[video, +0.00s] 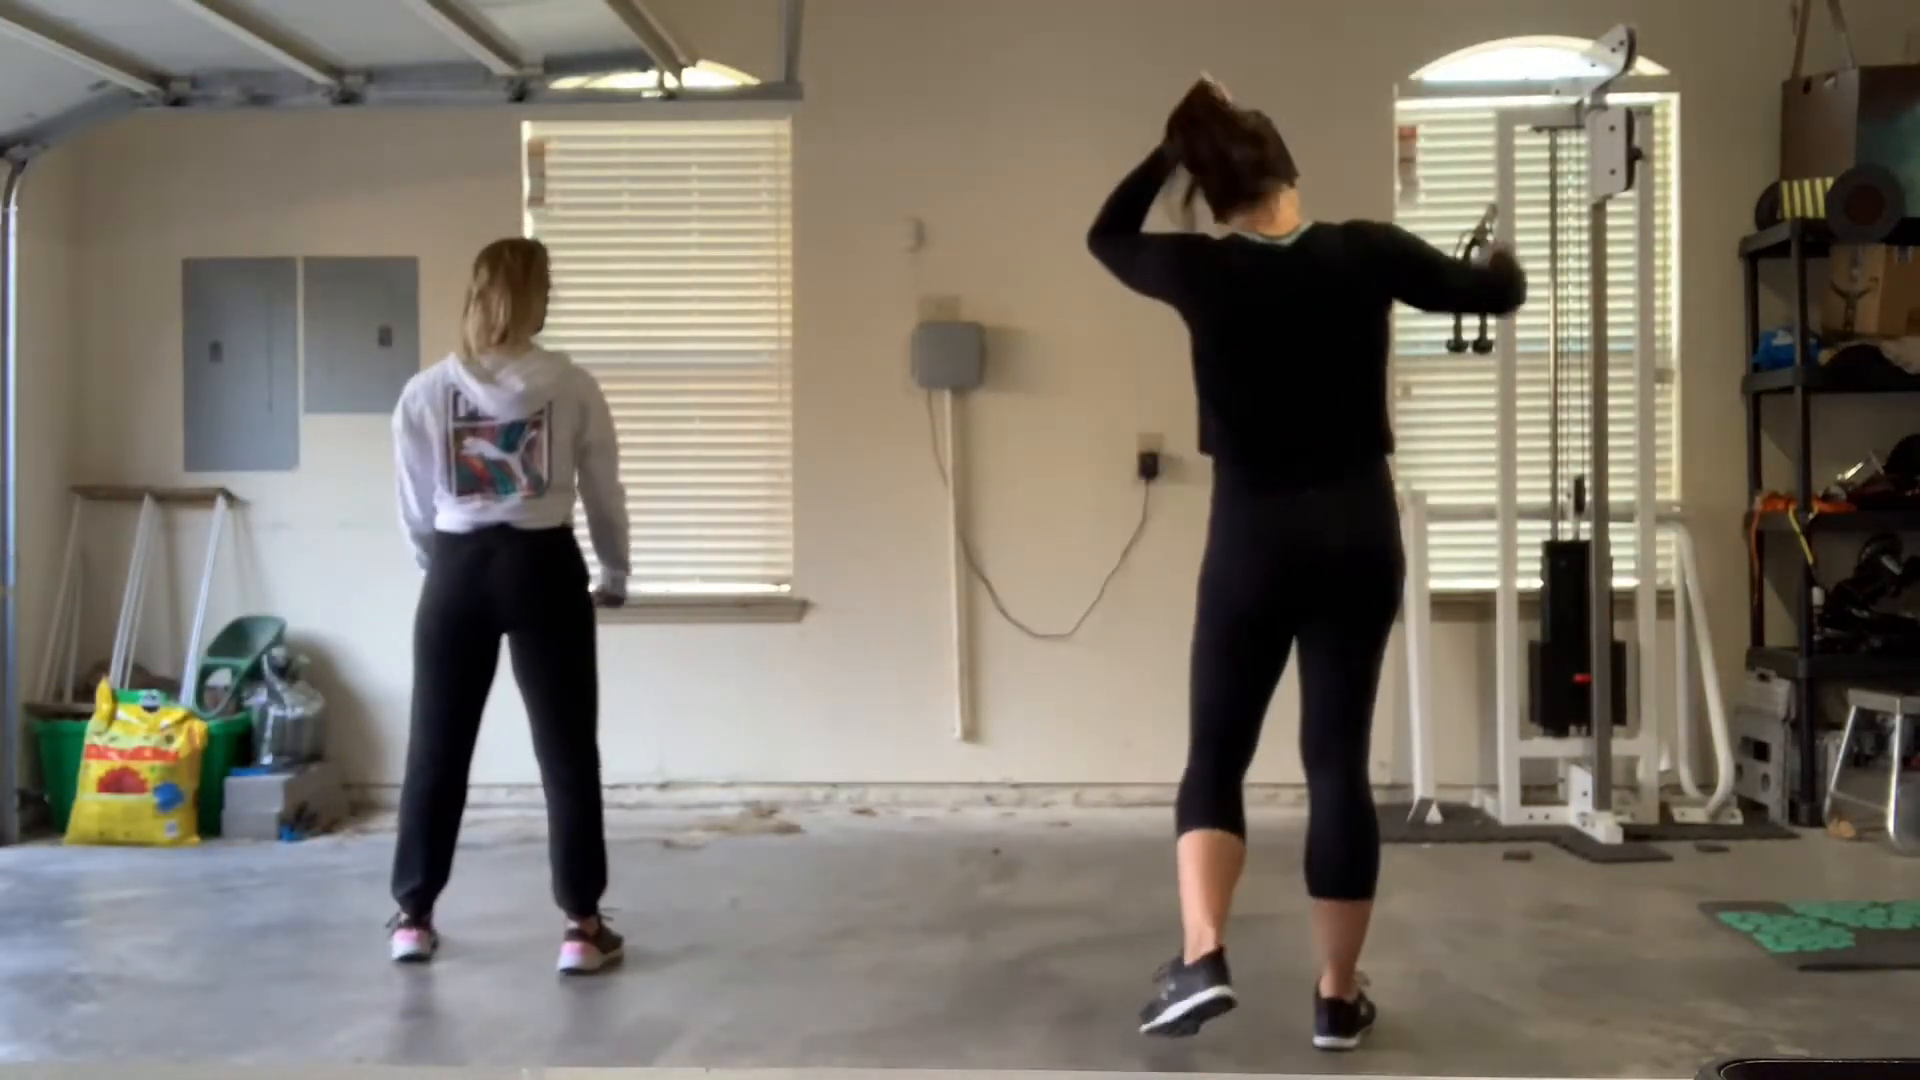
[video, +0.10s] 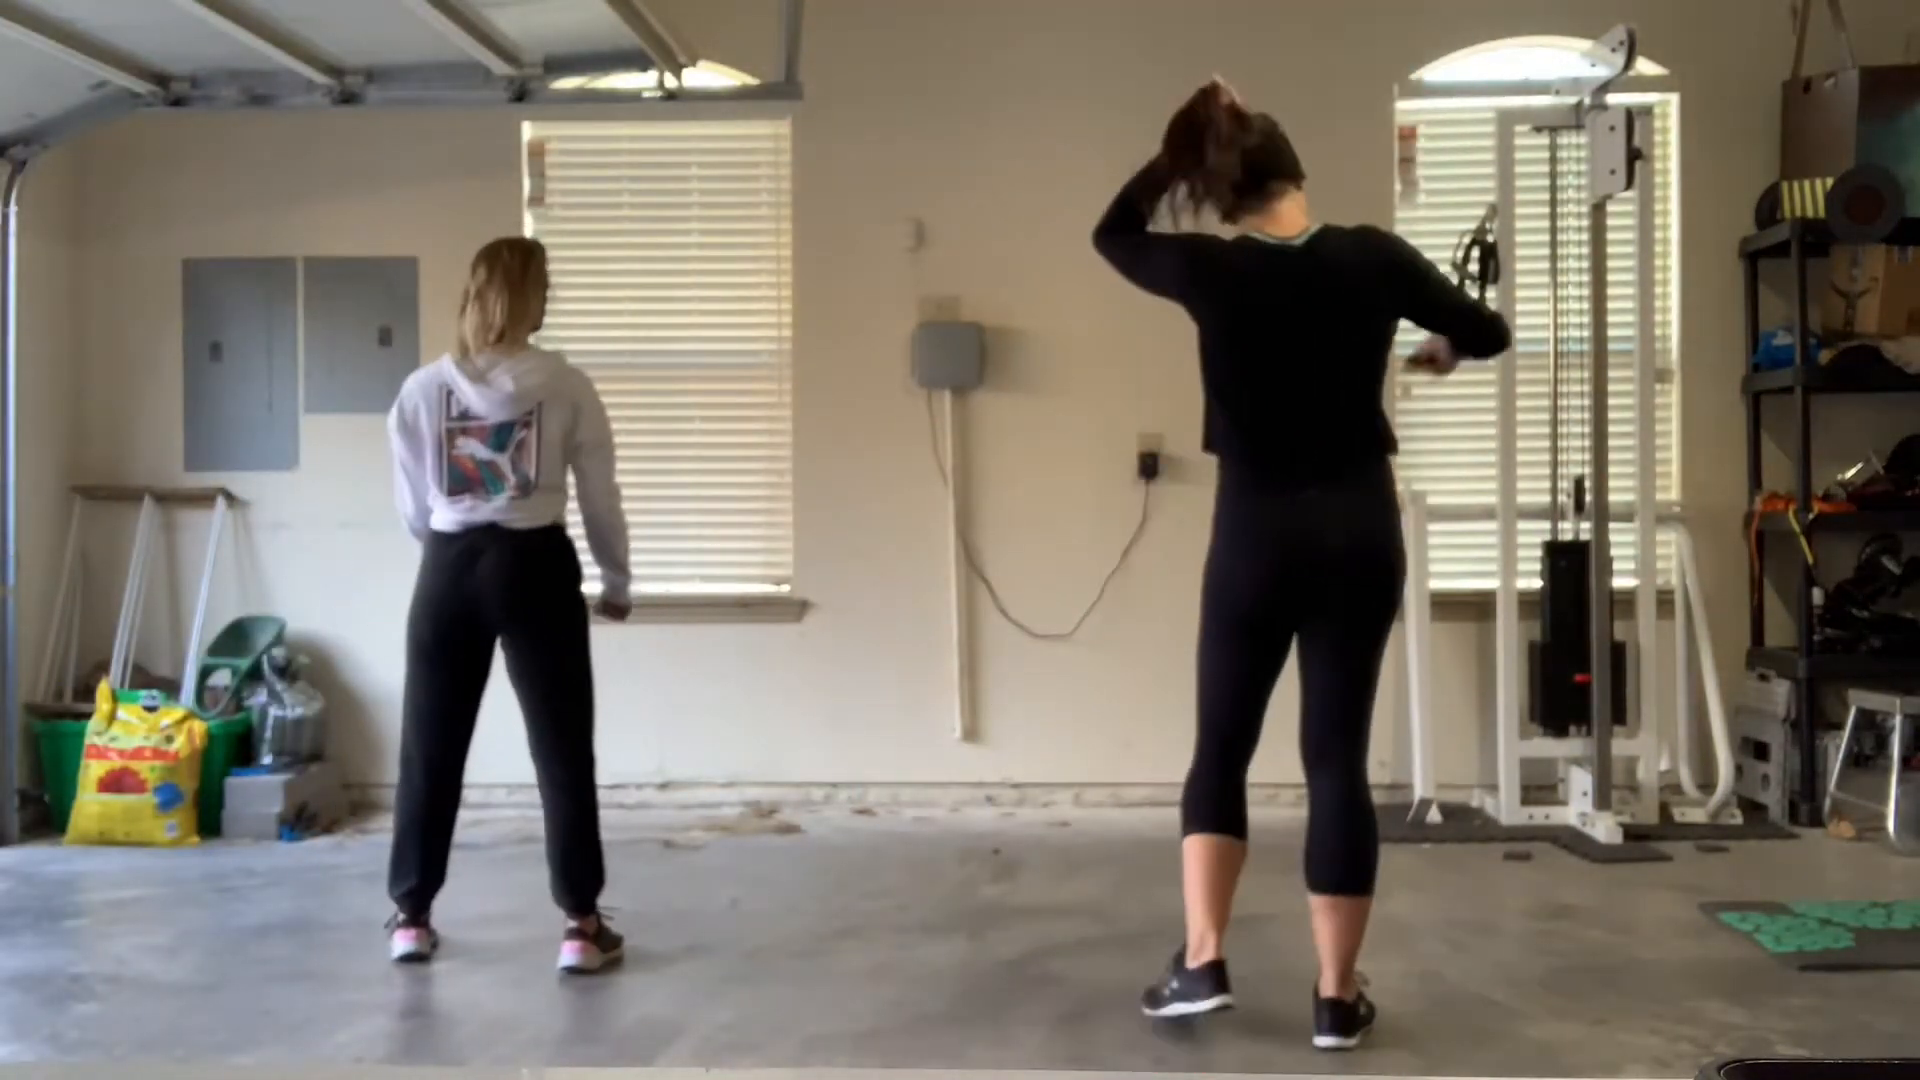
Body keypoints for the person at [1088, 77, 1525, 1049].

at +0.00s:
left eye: (1224, 191)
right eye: (1277, 178)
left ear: (1209, 195)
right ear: (1291, 175)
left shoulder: (1203, 271)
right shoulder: (1367, 251)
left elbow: (1111, 234)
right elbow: (1491, 290)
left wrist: (1167, 150)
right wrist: (1499, 264)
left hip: (1253, 548)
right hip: (1362, 543)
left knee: (1214, 759)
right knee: (1339, 766)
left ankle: (1202, 958)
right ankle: (1338, 994)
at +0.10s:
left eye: (1230, 198)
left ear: (1220, 197)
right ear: (1298, 176)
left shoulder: (1212, 271)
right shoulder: (1371, 255)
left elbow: (1115, 234)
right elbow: (1486, 333)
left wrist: (1174, 152)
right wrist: (1443, 352)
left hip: (1256, 544)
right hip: (1363, 540)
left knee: (1220, 753)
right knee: (1338, 761)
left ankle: (1202, 965)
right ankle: (1337, 995)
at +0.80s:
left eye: (1151, 216)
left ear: (1144, 218)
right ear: (1220, 210)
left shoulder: (1126, 290)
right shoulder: (1267, 290)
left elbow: (1060, 236)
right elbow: (1364, 374)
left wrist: (1123, 171)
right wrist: (1293, 367)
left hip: (1145, 537)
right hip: (1242, 535)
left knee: (1165, 732)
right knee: (1279, 729)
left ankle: (1159, 937)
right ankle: (1298, 926)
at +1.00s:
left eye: (1148, 216)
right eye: (1191, 213)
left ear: (1132, 222)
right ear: (1209, 218)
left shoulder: (1112, 293)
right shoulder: (1244, 291)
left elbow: (1058, 237)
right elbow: (1325, 322)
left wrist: (1122, 172)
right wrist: (1268, 239)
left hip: (1127, 537)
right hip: (1222, 536)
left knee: (1157, 727)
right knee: (1250, 722)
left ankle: (1158, 934)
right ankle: (1247, 912)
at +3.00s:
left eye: (1178, 229)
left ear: (1181, 241)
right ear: (1257, 224)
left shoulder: (1184, 319)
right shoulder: (1318, 305)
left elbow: (1076, 273)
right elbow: (1374, 274)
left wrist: (1142, 207)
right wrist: (1305, 207)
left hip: (1210, 545)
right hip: (1303, 543)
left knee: (1165, 729)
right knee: (1325, 731)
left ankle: (1145, 928)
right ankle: (1377, 931)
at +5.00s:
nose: (1221, 275)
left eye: (1220, 262)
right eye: (1232, 259)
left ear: (1223, 257)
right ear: (1291, 245)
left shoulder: (1223, 309)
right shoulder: (1347, 304)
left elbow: (1106, 280)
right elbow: (1349, 255)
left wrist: (1169, 209)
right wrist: (1278, 214)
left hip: (1246, 540)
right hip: (1338, 542)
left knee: (1195, 736)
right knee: (1335, 730)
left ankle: (1141, 928)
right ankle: (1366, 930)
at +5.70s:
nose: (1253, 259)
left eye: (1247, 246)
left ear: (1245, 246)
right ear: (1315, 238)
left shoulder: (1232, 295)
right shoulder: (1355, 302)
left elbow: (1127, 242)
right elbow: (1346, 243)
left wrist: (1210, 196)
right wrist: (1302, 190)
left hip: (1237, 528)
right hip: (1330, 532)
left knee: (1184, 722)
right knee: (1332, 727)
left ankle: (1140, 914)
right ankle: (1365, 930)